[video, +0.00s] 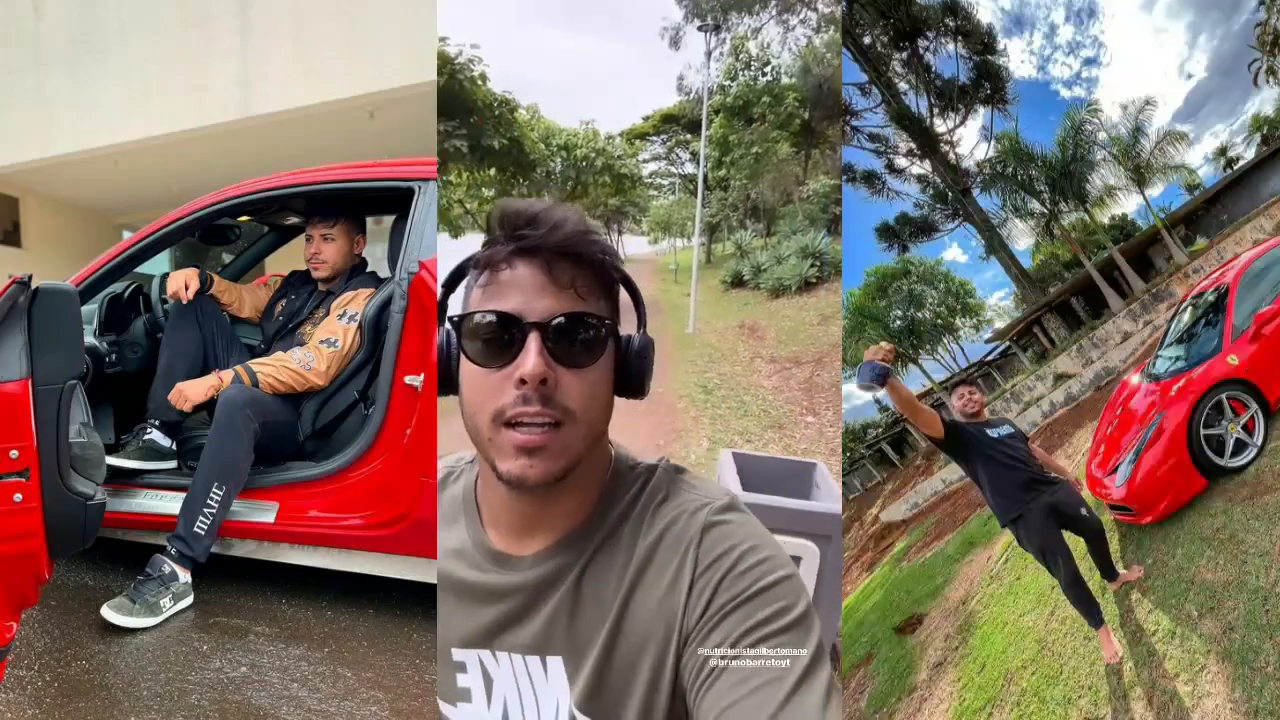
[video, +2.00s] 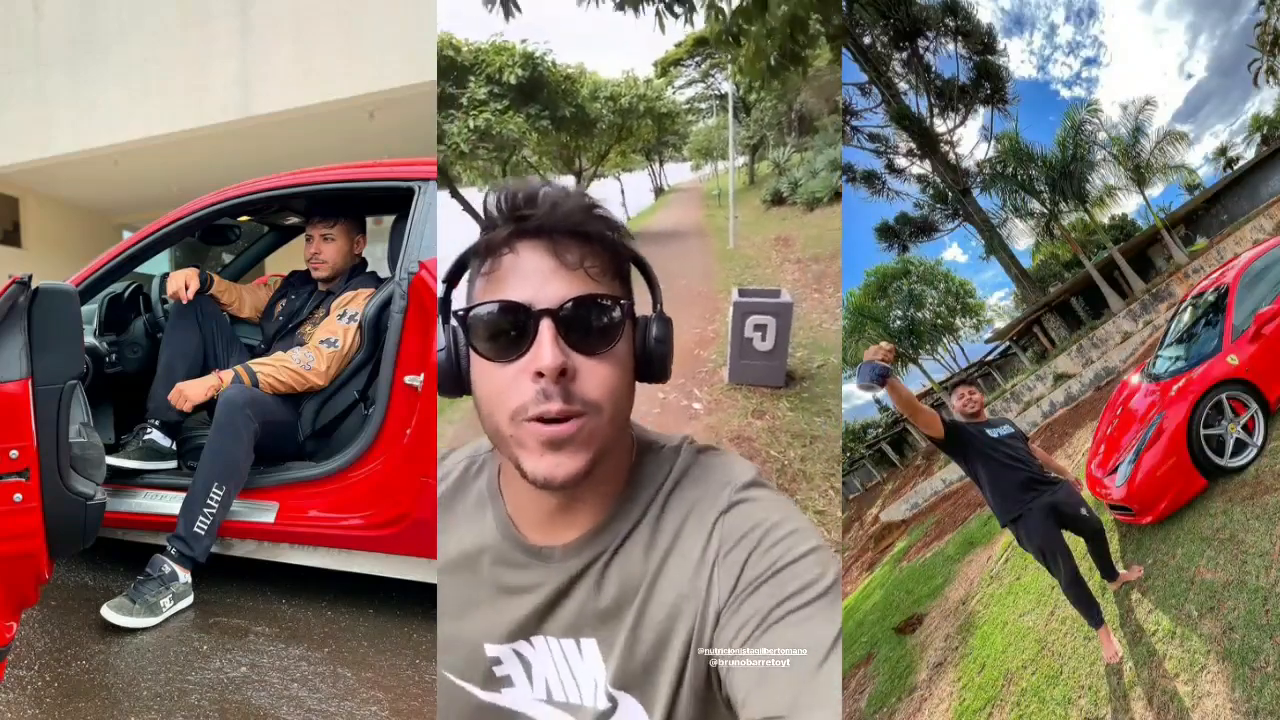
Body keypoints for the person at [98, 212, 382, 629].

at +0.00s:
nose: (314, 249)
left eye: (328, 239)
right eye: (310, 239)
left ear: (358, 245)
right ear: (304, 243)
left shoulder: (361, 297)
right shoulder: (291, 286)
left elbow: (315, 367)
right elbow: (241, 299)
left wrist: (220, 380)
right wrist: (201, 279)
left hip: (316, 411)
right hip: (264, 387)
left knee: (239, 403)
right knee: (196, 303)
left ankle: (177, 568)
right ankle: (161, 433)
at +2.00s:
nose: (314, 249)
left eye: (328, 239)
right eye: (310, 239)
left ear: (358, 245)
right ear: (304, 243)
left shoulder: (361, 297)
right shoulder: (291, 286)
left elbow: (315, 367)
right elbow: (241, 299)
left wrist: (220, 380)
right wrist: (201, 279)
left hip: (317, 411)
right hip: (266, 389)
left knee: (239, 402)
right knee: (196, 303)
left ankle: (177, 567)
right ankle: (161, 432)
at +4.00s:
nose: (314, 249)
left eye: (328, 239)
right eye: (310, 239)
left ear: (358, 245)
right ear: (305, 244)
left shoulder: (362, 297)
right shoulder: (291, 286)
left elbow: (315, 367)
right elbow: (242, 299)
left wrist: (220, 380)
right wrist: (201, 279)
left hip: (314, 412)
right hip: (260, 386)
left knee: (238, 402)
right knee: (195, 302)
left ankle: (176, 567)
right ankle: (160, 433)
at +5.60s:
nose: (314, 249)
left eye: (328, 239)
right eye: (310, 239)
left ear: (358, 244)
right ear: (303, 243)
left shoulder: (361, 297)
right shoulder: (292, 286)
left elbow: (315, 366)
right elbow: (244, 299)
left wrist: (219, 381)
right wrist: (203, 279)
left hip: (315, 411)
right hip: (265, 389)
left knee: (239, 402)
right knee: (197, 303)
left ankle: (177, 568)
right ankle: (161, 433)